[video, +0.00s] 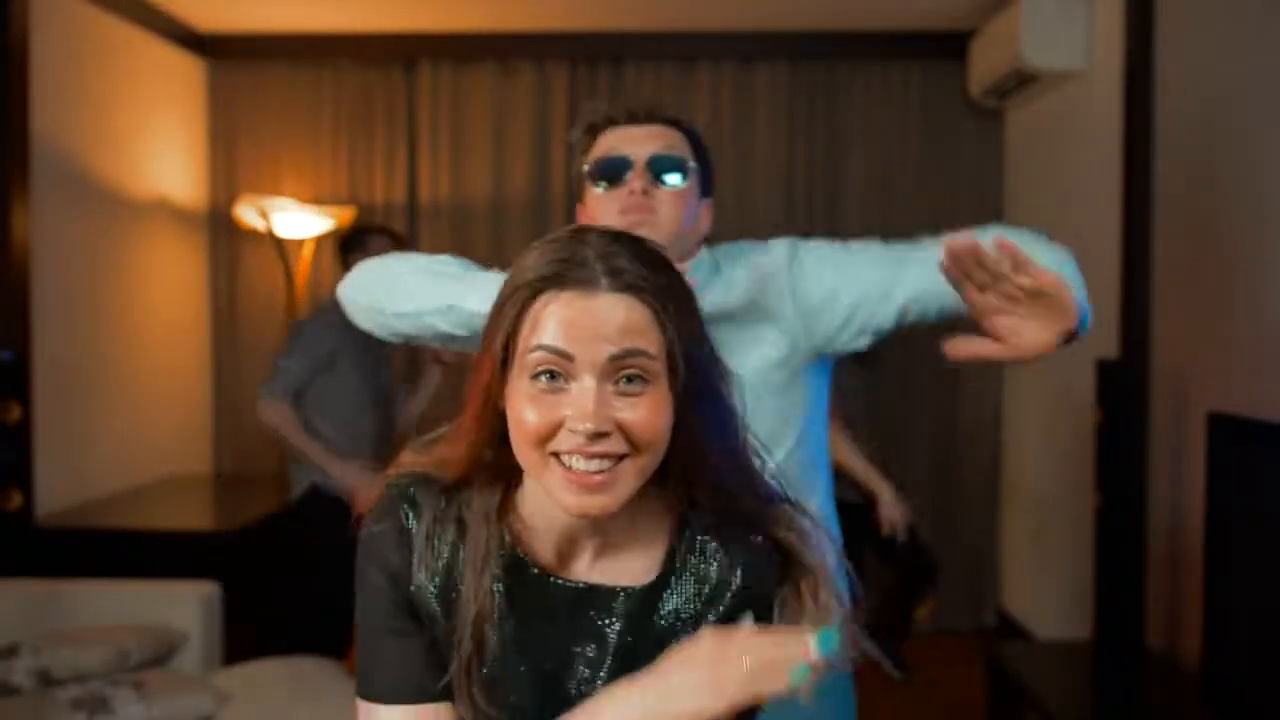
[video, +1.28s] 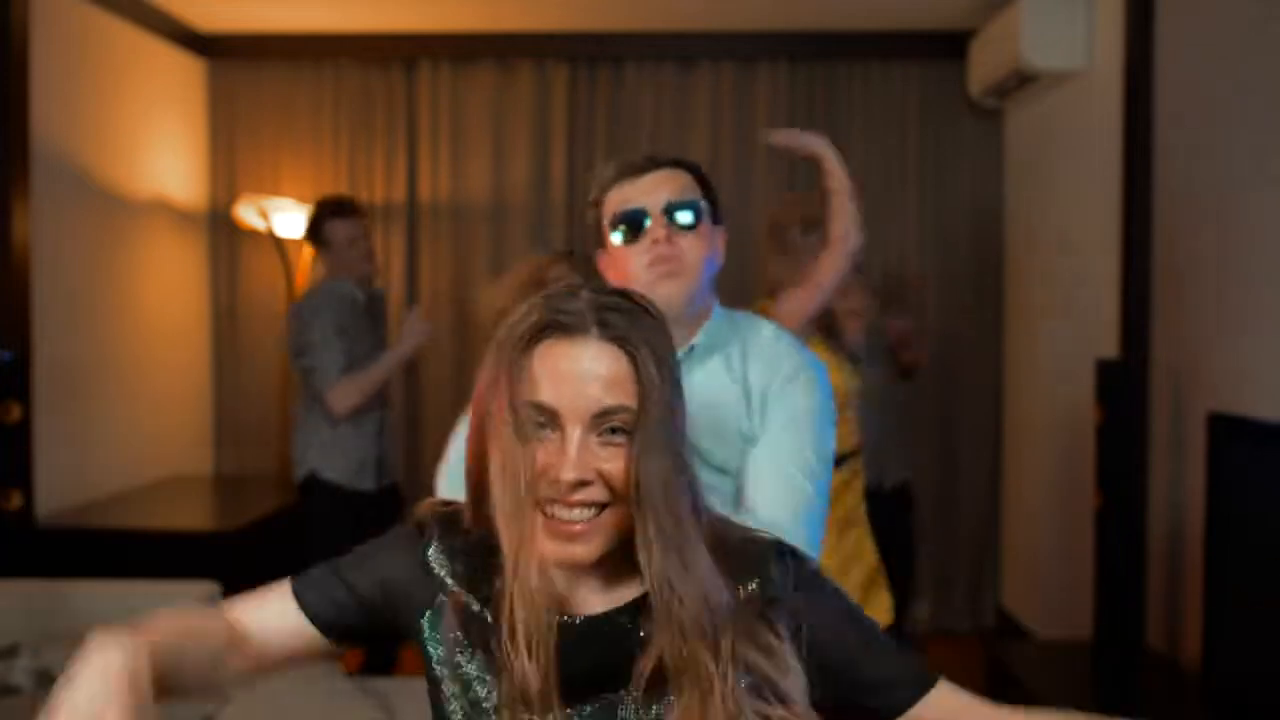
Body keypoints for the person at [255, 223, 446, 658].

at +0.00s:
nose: (384, 276)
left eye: (392, 264)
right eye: (374, 263)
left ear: (401, 268)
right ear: (352, 268)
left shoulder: (384, 334)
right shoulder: (325, 328)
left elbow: (394, 426)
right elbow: (272, 406)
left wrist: (431, 377)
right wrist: (348, 476)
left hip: (364, 503)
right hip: (323, 505)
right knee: (323, 631)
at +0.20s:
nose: (380, 254)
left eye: (383, 244)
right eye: (371, 243)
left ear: (384, 251)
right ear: (341, 247)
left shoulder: (380, 318)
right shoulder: (302, 314)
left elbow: (428, 370)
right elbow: (230, 374)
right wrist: (283, 441)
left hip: (388, 485)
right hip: (332, 487)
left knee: (387, 603)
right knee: (334, 609)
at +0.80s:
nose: (340, 270)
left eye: (339, 258)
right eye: (325, 263)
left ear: (345, 260)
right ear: (297, 276)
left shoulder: (377, 320)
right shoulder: (282, 341)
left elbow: (402, 405)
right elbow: (250, 432)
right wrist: (311, 459)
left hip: (379, 488)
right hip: (315, 495)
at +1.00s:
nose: (340, 271)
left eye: (339, 260)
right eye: (326, 265)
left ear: (345, 260)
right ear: (299, 277)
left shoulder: (379, 323)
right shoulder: (286, 346)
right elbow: (288, 445)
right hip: (319, 496)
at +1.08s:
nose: (342, 264)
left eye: (343, 253)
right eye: (327, 258)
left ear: (351, 256)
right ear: (302, 269)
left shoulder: (373, 314)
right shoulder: (296, 332)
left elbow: (379, 389)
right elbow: (304, 433)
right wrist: (386, 389)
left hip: (378, 486)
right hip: (321, 490)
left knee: (396, 610)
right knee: (322, 614)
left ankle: (357, 686)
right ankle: (315, 688)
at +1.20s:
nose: (356, 251)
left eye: (355, 240)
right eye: (340, 246)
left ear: (360, 239)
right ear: (316, 258)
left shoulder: (372, 302)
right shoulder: (307, 317)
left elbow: (386, 388)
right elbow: (327, 411)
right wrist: (400, 354)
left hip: (379, 479)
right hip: (330, 487)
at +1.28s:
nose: (364, 249)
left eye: (365, 237)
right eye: (350, 242)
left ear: (370, 239)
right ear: (324, 251)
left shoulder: (368, 302)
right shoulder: (322, 305)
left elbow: (357, 387)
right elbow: (338, 400)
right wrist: (402, 348)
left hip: (374, 478)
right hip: (334, 482)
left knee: (385, 606)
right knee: (345, 606)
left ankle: (377, 694)